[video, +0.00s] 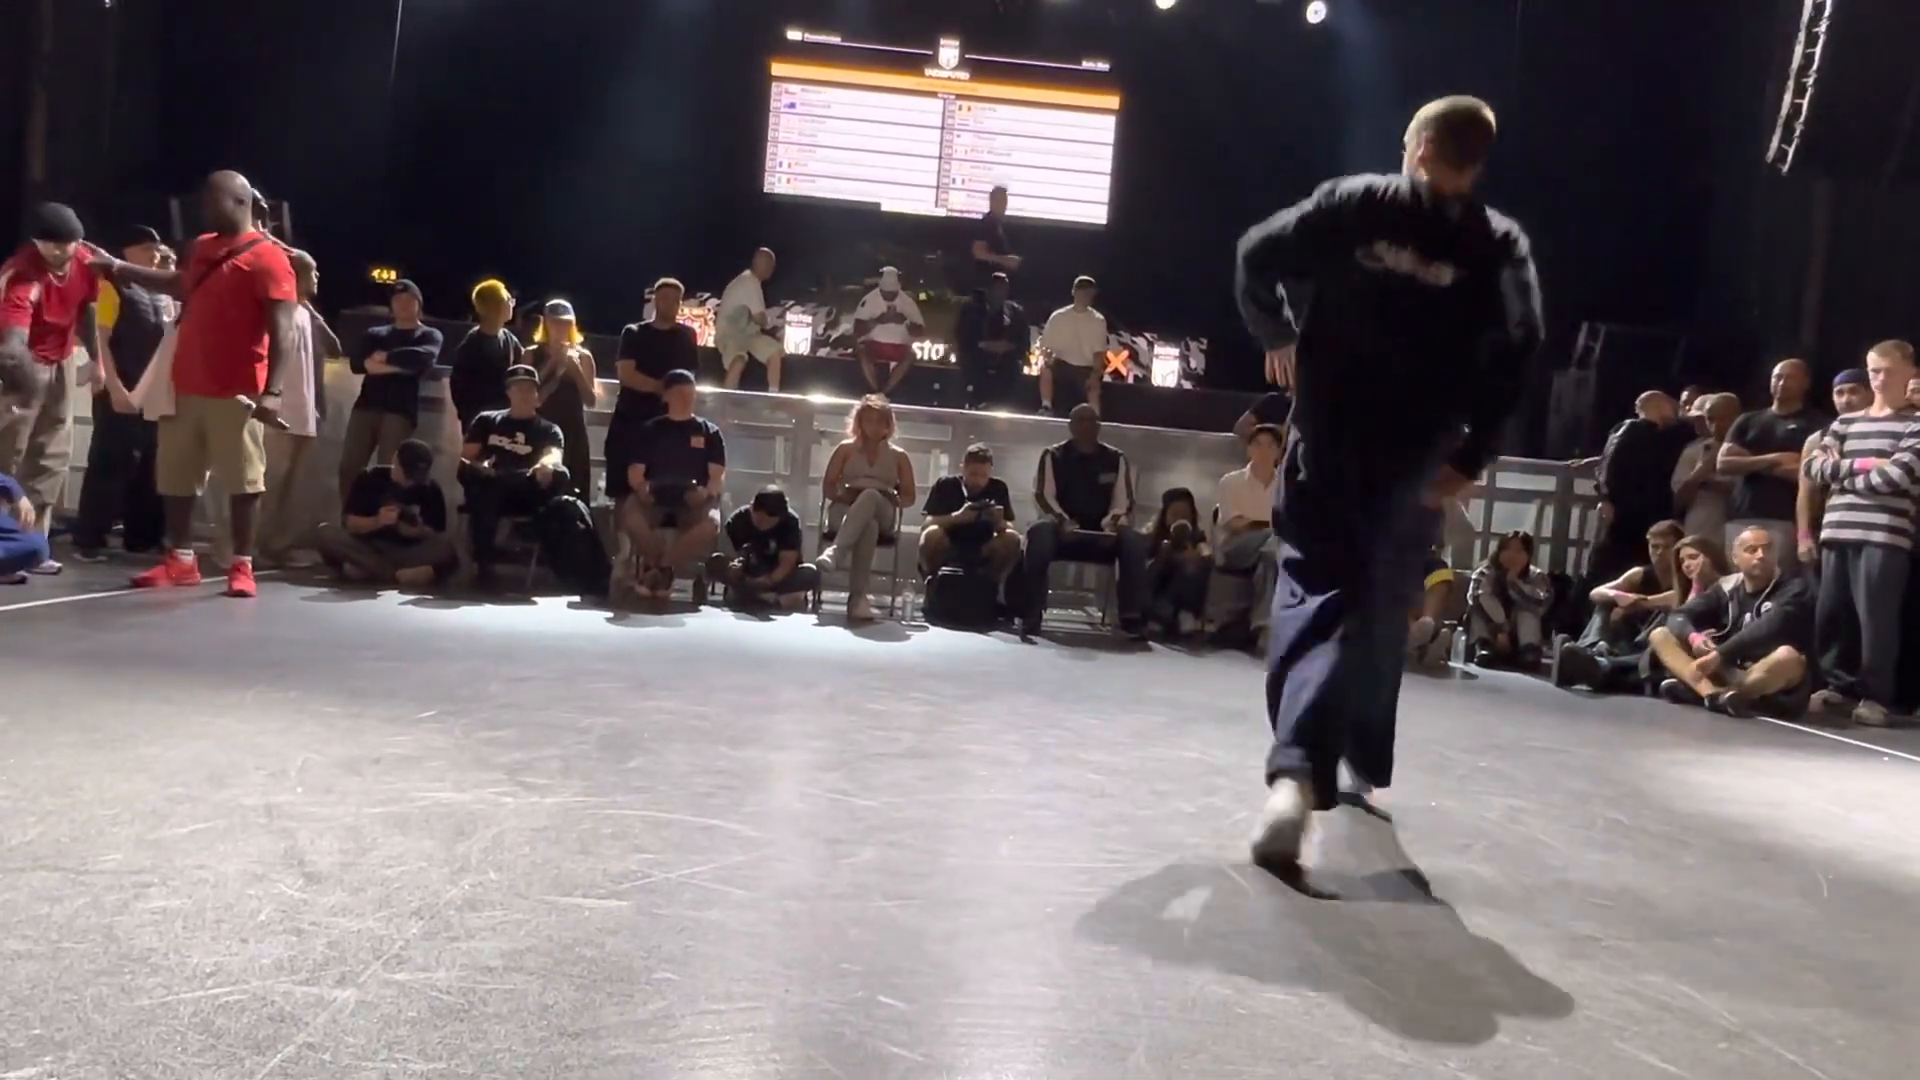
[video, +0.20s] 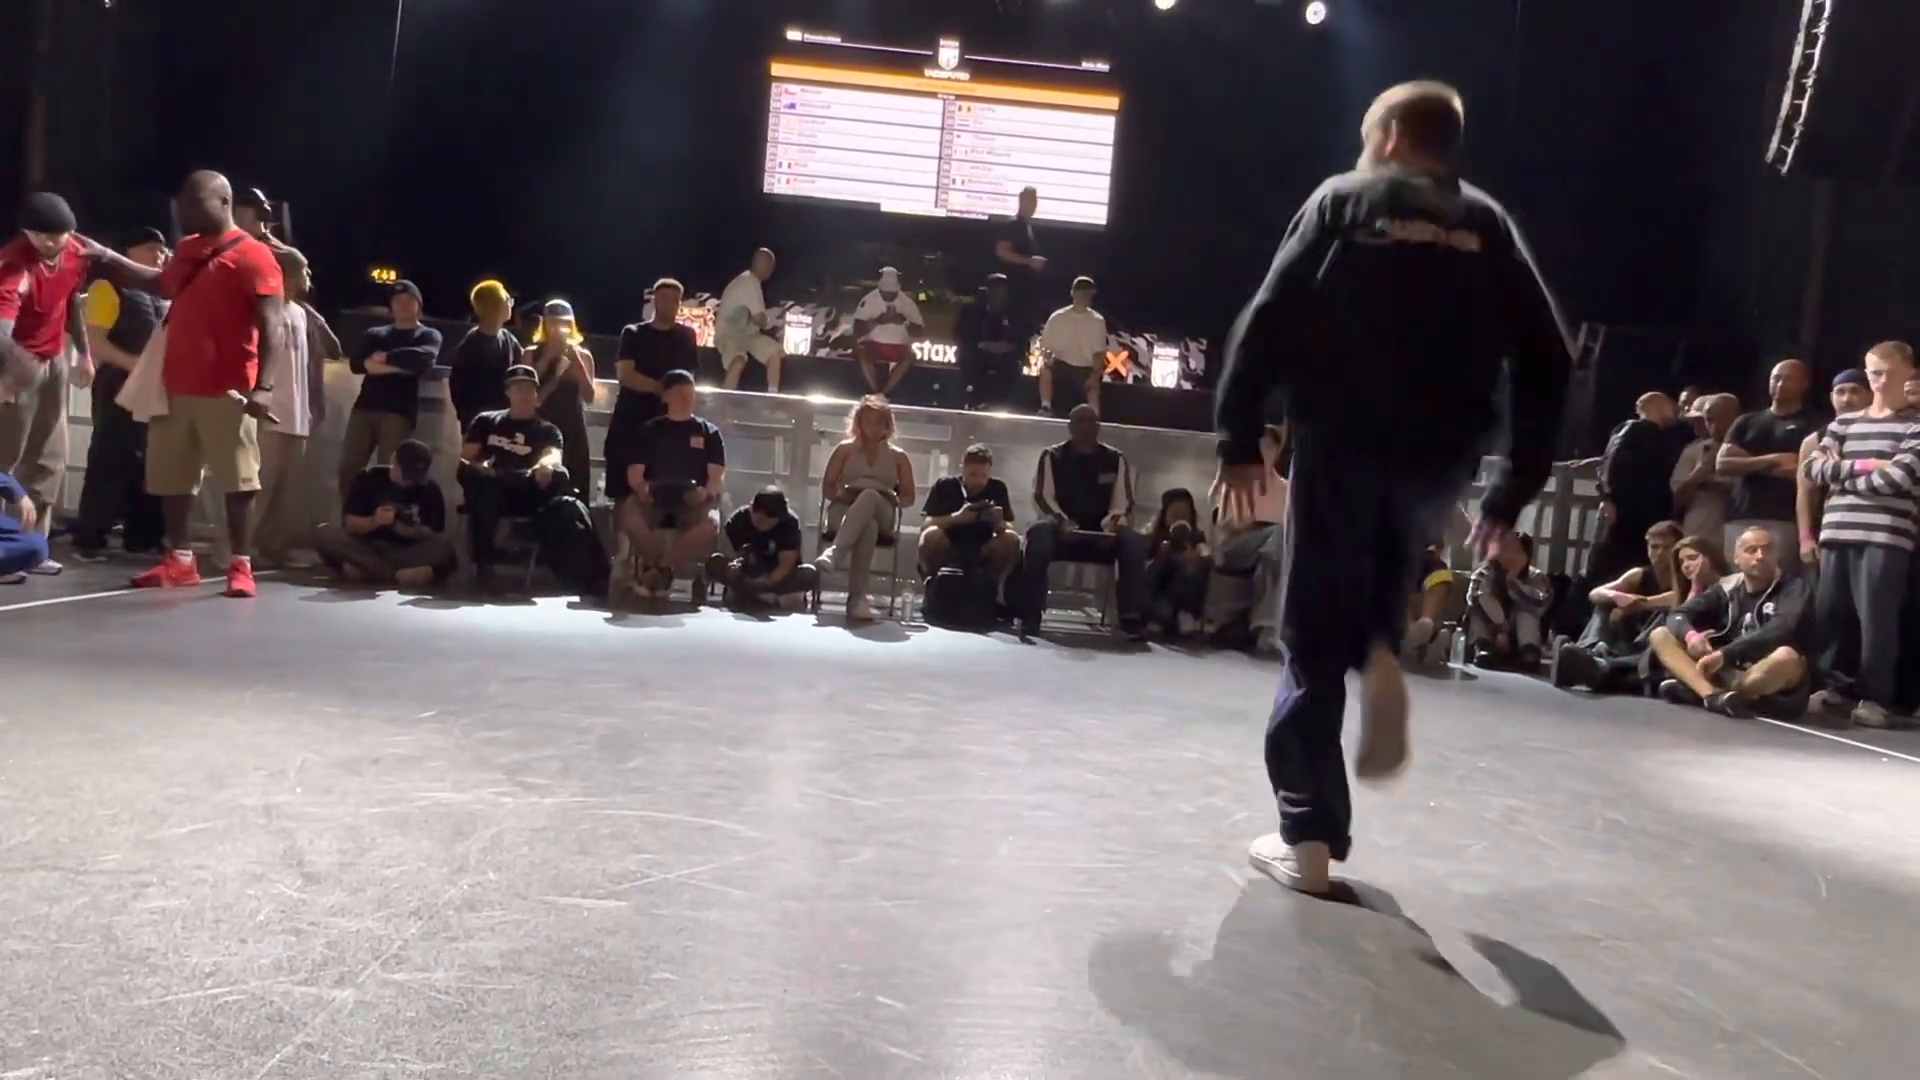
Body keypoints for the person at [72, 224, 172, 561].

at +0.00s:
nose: (156, 254)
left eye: (158, 248)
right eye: (147, 248)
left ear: (162, 253)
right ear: (127, 253)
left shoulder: (166, 292)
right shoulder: (113, 288)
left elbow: (174, 338)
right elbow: (101, 338)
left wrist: (168, 381)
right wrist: (115, 385)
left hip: (156, 389)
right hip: (119, 389)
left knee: (150, 465)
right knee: (109, 464)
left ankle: (143, 536)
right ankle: (91, 536)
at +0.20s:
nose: (160, 257)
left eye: (162, 251)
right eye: (152, 250)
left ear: (165, 256)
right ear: (130, 252)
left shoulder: (163, 292)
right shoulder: (108, 287)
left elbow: (169, 338)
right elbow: (97, 344)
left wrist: (165, 365)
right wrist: (141, 365)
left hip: (151, 380)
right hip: (114, 379)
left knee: (148, 458)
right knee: (110, 455)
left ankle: (143, 534)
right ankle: (92, 534)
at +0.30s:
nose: (155, 257)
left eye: (160, 251)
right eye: (150, 250)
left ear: (165, 254)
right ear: (132, 251)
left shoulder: (162, 289)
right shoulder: (107, 285)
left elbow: (171, 330)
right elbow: (98, 336)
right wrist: (149, 331)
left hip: (153, 380)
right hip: (114, 380)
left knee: (149, 457)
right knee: (109, 456)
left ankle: (143, 534)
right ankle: (91, 534)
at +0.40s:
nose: (150, 259)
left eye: (156, 253)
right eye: (145, 252)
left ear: (163, 256)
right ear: (130, 252)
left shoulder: (166, 287)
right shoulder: (104, 285)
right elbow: (115, 328)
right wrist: (151, 298)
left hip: (154, 381)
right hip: (115, 381)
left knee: (149, 457)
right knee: (108, 455)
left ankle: (143, 534)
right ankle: (91, 533)